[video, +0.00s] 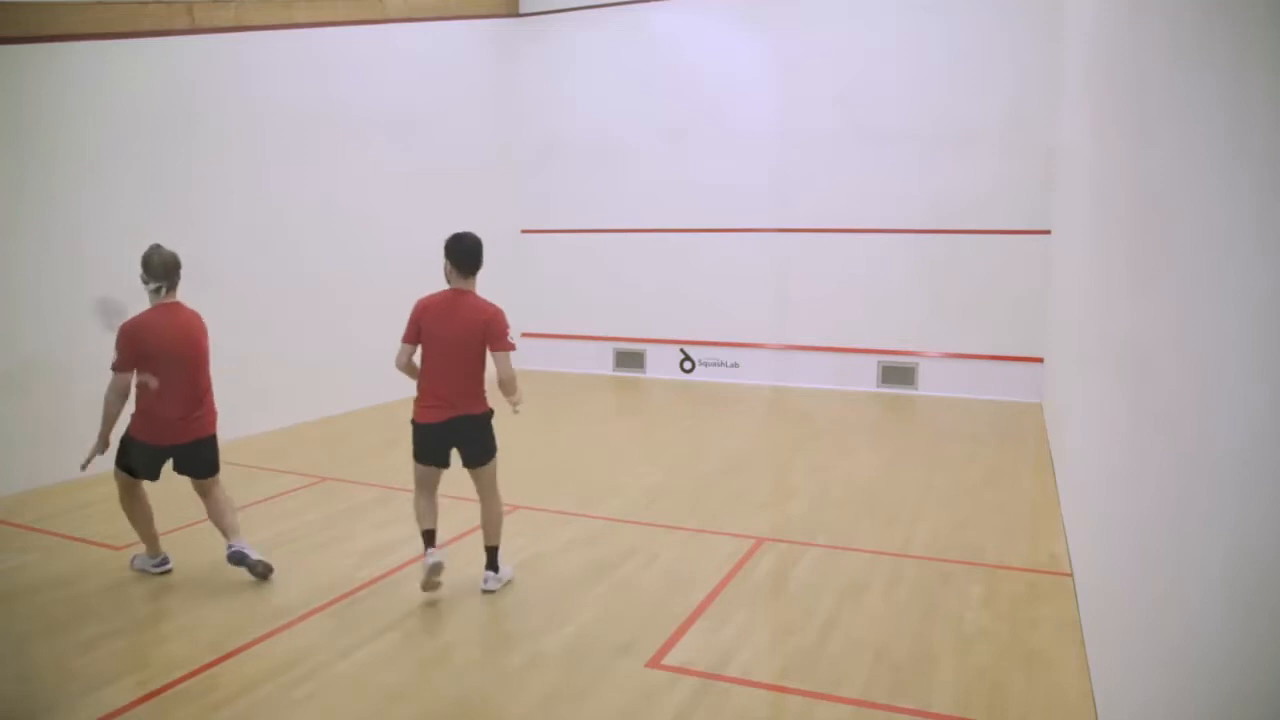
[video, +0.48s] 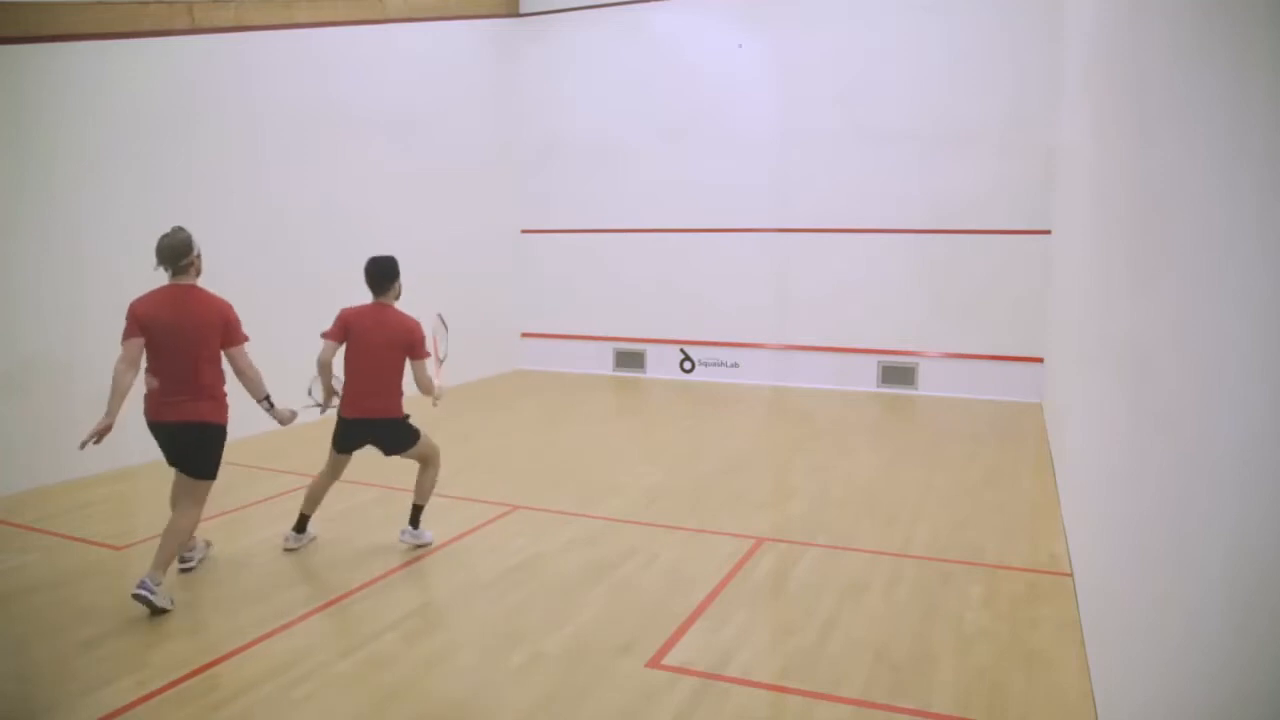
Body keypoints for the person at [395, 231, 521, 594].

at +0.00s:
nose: (443, 268)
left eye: (444, 263)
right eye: (449, 263)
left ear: (448, 267)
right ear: (480, 267)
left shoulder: (426, 307)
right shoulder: (490, 314)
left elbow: (403, 362)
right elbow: (504, 376)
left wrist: (426, 378)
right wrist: (512, 395)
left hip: (429, 419)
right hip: (473, 419)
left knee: (425, 490)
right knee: (488, 494)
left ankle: (431, 551)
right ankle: (492, 569)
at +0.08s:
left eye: (434, 259)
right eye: (459, 259)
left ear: (431, 262)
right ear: (464, 263)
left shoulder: (408, 304)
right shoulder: (473, 310)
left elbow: (386, 358)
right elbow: (488, 372)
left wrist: (405, 378)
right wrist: (497, 393)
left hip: (415, 415)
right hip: (458, 415)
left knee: (407, 477)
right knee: (480, 490)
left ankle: (404, 549)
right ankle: (490, 568)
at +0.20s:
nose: (439, 266)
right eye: (440, 262)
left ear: (408, 263)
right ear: (439, 266)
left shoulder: (383, 302)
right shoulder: (443, 311)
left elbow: (360, 351)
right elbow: (464, 368)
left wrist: (381, 378)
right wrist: (472, 387)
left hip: (392, 410)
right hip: (432, 410)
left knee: (393, 474)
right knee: (461, 477)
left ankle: (391, 545)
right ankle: (473, 552)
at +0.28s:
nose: (429, 258)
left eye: (426, 253)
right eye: (428, 254)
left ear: (395, 257)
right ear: (425, 258)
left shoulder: (373, 293)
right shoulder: (432, 302)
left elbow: (348, 341)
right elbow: (448, 359)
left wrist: (366, 369)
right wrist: (456, 381)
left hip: (378, 398)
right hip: (417, 399)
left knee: (380, 464)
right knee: (447, 462)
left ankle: (382, 532)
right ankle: (443, 540)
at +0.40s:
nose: (410, 264)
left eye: (407, 259)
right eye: (409, 260)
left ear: (377, 264)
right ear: (406, 264)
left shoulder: (357, 298)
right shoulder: (419, 306)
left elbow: (332, 344)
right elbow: (433, 362)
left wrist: (346, 371)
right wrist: (439, 383)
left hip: (362, 400)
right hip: (401, 401)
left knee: (351, 454)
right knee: (430, 458)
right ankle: (424, 530)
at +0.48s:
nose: (401, 285)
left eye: (398, 281)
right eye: (400, 281)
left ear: (369, 285)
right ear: (397, 284)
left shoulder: (349, 317)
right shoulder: (408, 326)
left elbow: (324, 359)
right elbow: (423, 384)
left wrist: (327, 390)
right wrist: (434, 390)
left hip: (350, 420)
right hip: (388, 421)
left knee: (330, 471)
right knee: (430, 457)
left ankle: (298, 530)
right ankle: (414, 528)